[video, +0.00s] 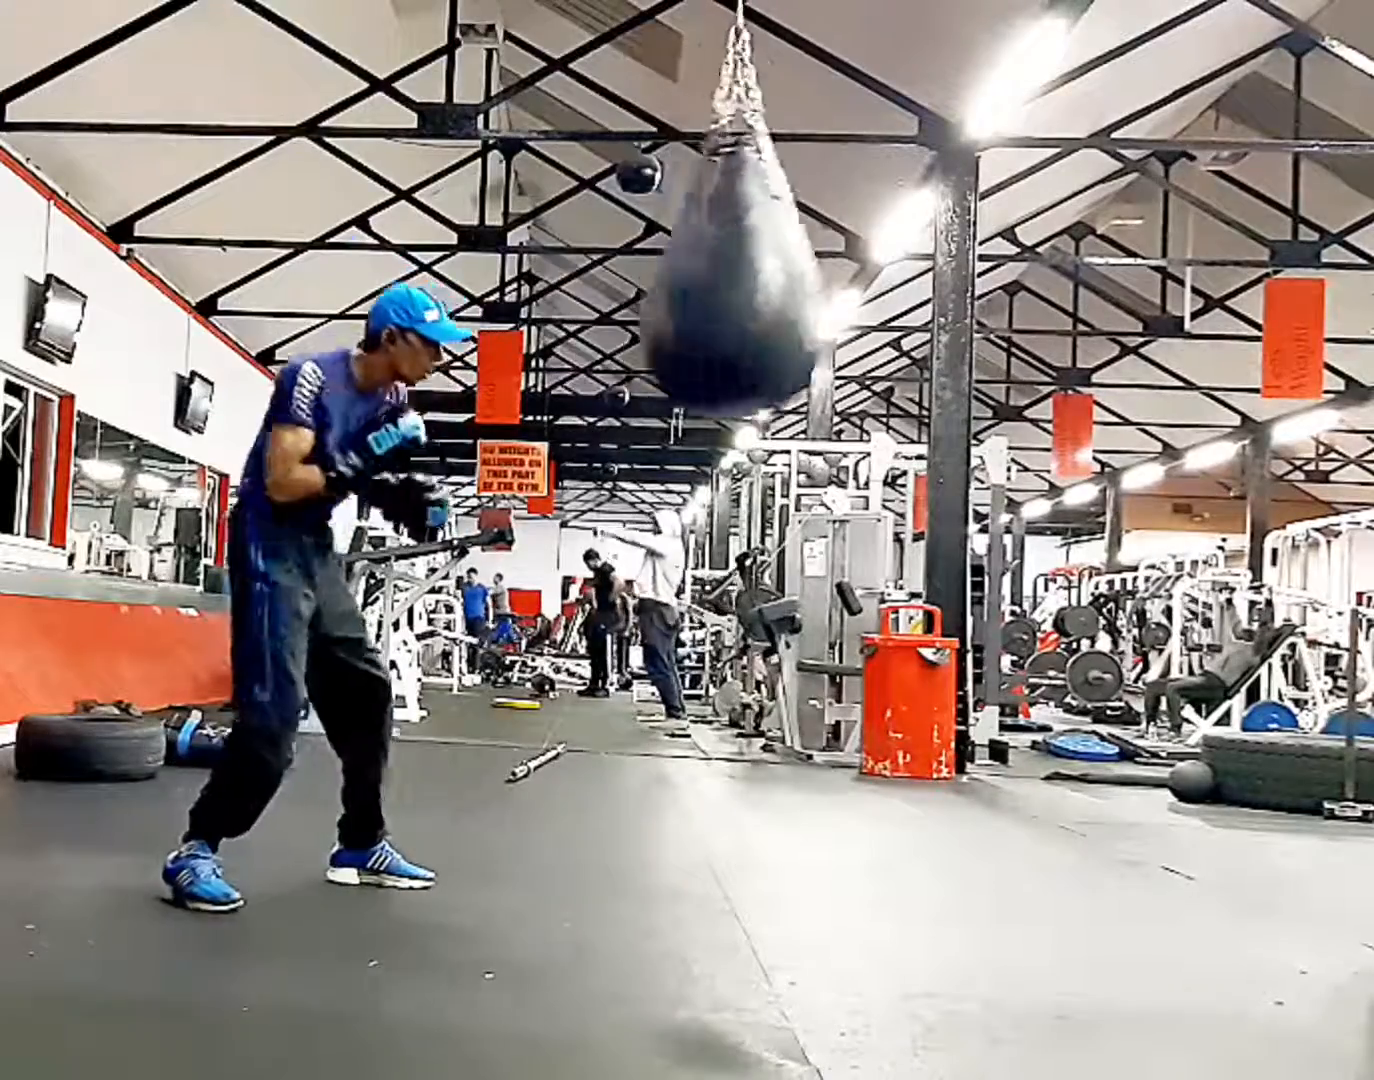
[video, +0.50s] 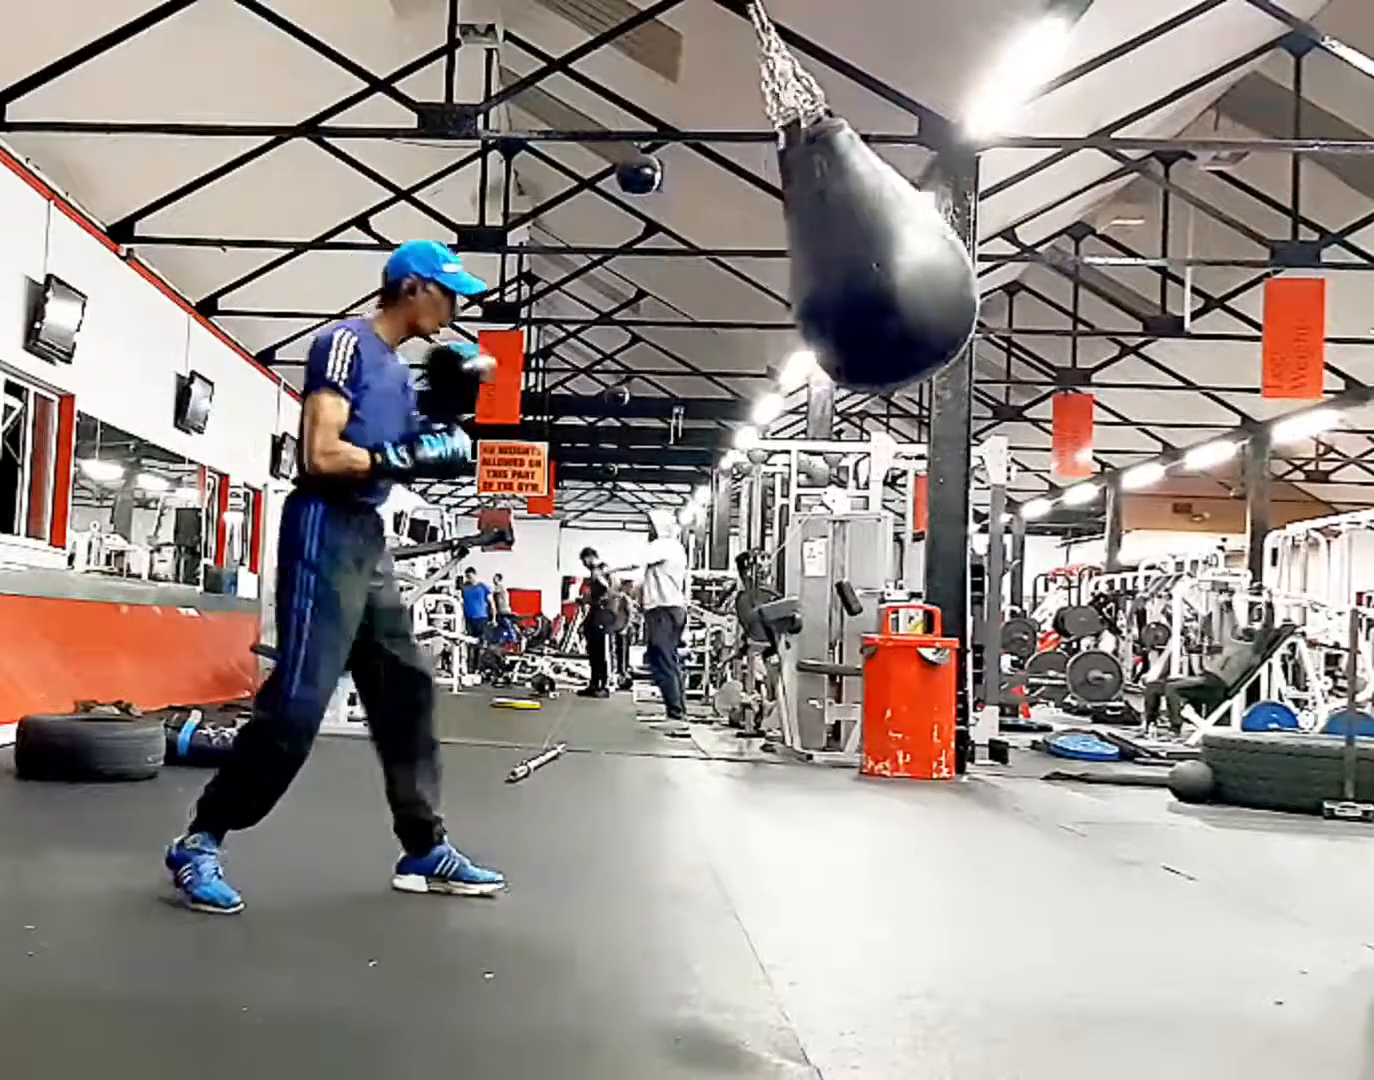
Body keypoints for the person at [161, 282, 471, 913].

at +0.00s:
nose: (436, 362)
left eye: (440, 352)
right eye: (430, 349)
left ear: (405, 345)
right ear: (393, 338)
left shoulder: (390, 407)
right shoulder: (309, 377)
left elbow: (360, 479)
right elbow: (282, 483)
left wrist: (400, 502)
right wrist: (367, 464)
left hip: (319, 561)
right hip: (268, 558)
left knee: (366, 694)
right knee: (270, 722)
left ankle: (361, 845)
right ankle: (193, 851)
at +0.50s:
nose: (454, 311)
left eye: (456, 300)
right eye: (449, 297)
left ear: (419, 292)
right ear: (414, 288)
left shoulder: (394, 366)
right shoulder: (344, 342)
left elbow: (400, 447)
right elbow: (321, 454)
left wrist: (446, 405)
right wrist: (405, 458)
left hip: (365, 533)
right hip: (323, 528)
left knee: (405, 689)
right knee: (296, 703)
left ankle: (424, 849)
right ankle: (198, 844)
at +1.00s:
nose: (523, 317)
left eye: (524, 307)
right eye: (517, 304)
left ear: (495, 304)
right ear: (486, 297)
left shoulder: (499, 371)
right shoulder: (430, 345)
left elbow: (569, 402)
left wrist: (626, 373)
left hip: (447, 532)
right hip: (410, 522)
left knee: (471, 693)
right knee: (392, 692)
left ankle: (432, 851)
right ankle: (255, 818)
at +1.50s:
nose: (516, 387)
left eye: (520, 376)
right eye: (511, 372)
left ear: (479, 369)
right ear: (479, 362)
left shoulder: (440, 417)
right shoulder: (435, 372)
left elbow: (400, 521)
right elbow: (415, 410)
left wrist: (460, 497)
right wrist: (472, 445)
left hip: (361, 545)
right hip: (335, 534)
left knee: (403, 691)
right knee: (303, 717)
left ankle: (425, 850)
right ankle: (183, 846)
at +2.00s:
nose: (395, 318)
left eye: (400, 307)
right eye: (389, 302)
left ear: (374, 299)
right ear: (352, 288)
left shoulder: (370, 364)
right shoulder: (280, 338)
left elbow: (385, 456)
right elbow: (268, 445)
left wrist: (419, 437)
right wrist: (347, 414)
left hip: (337, 536)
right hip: (284, 533)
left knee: (370, 699)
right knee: (257, 705)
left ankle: (417, 848)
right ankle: (179, 852)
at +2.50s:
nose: (410, 301)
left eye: (413, 290)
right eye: (401, 289)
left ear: (405, 291)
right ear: (362, 284)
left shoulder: (417, 344)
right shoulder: (303, 355)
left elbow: (486, 365)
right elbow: (311, 465)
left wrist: (550, 372)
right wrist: (370, 408)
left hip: (395, 541)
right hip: (327, 542)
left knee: (433, 692)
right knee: (284, 703)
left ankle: (428, 851)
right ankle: (200, 849)